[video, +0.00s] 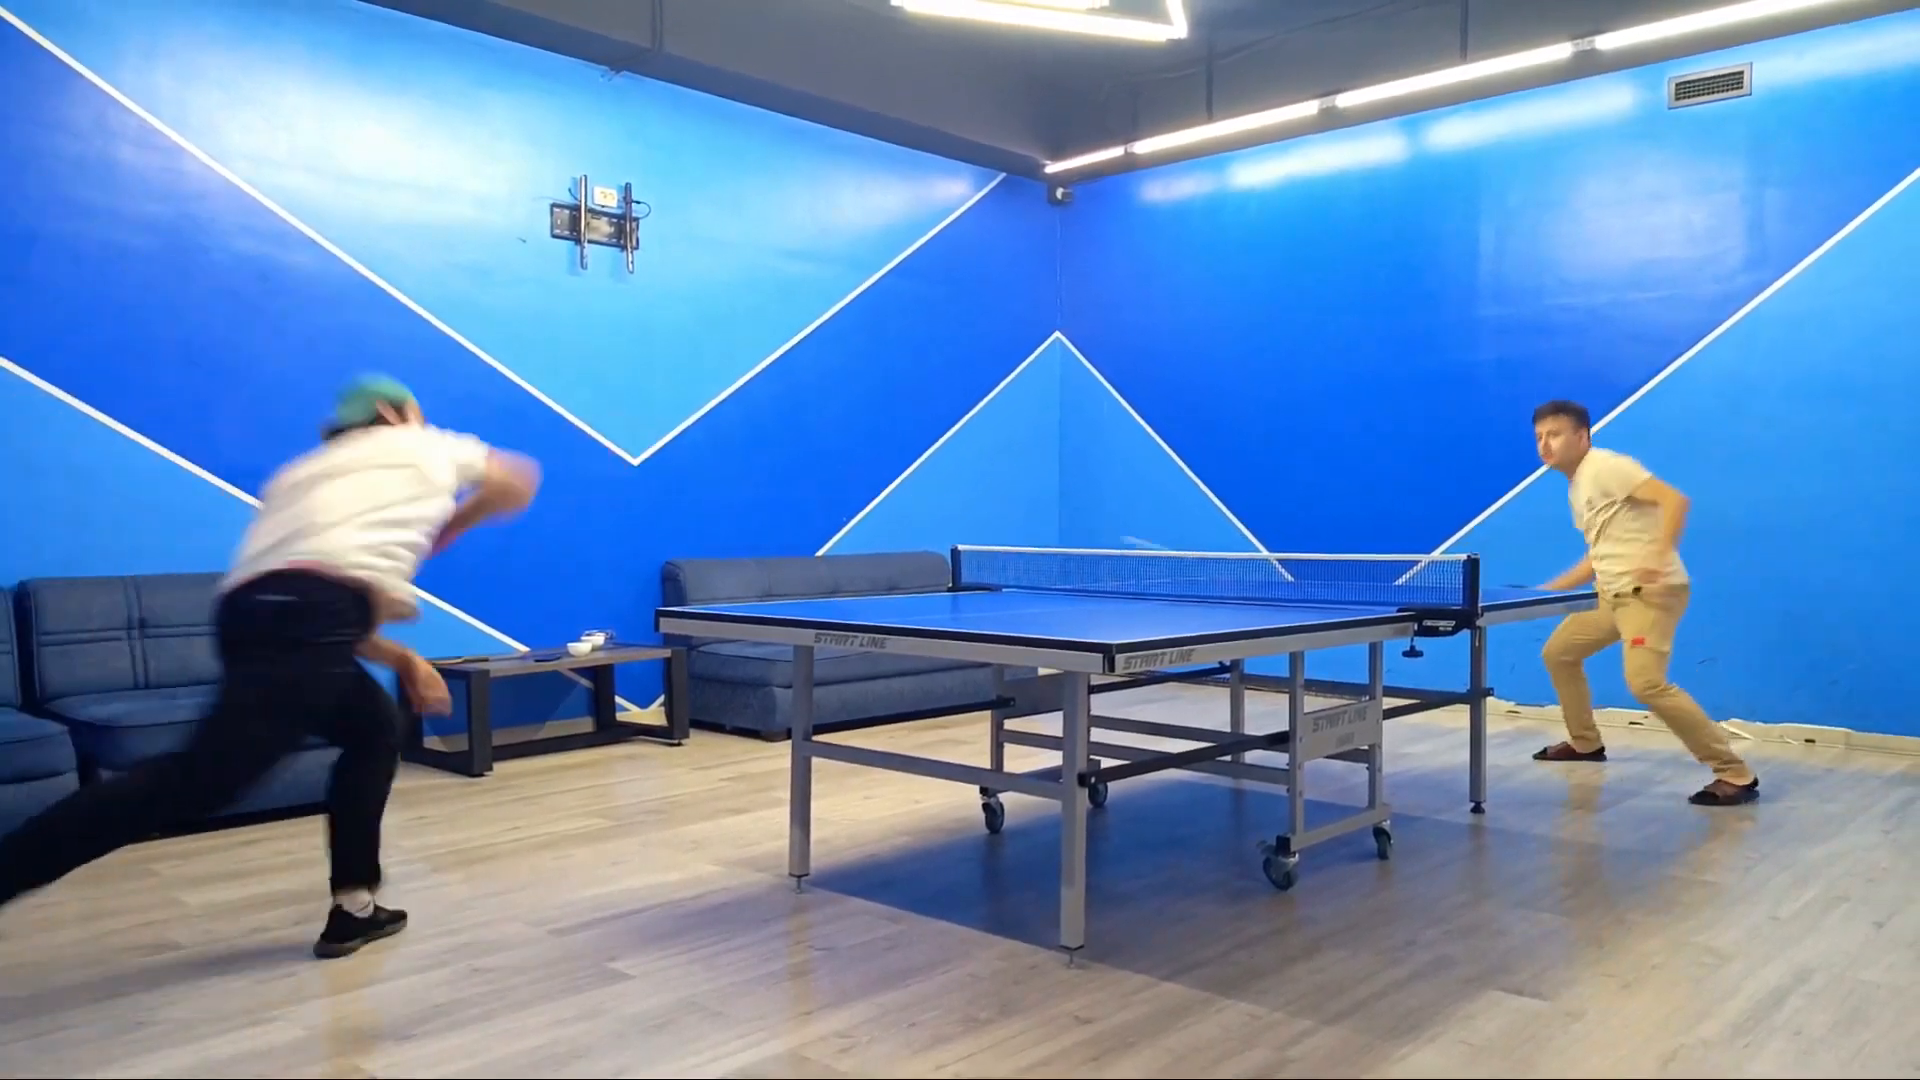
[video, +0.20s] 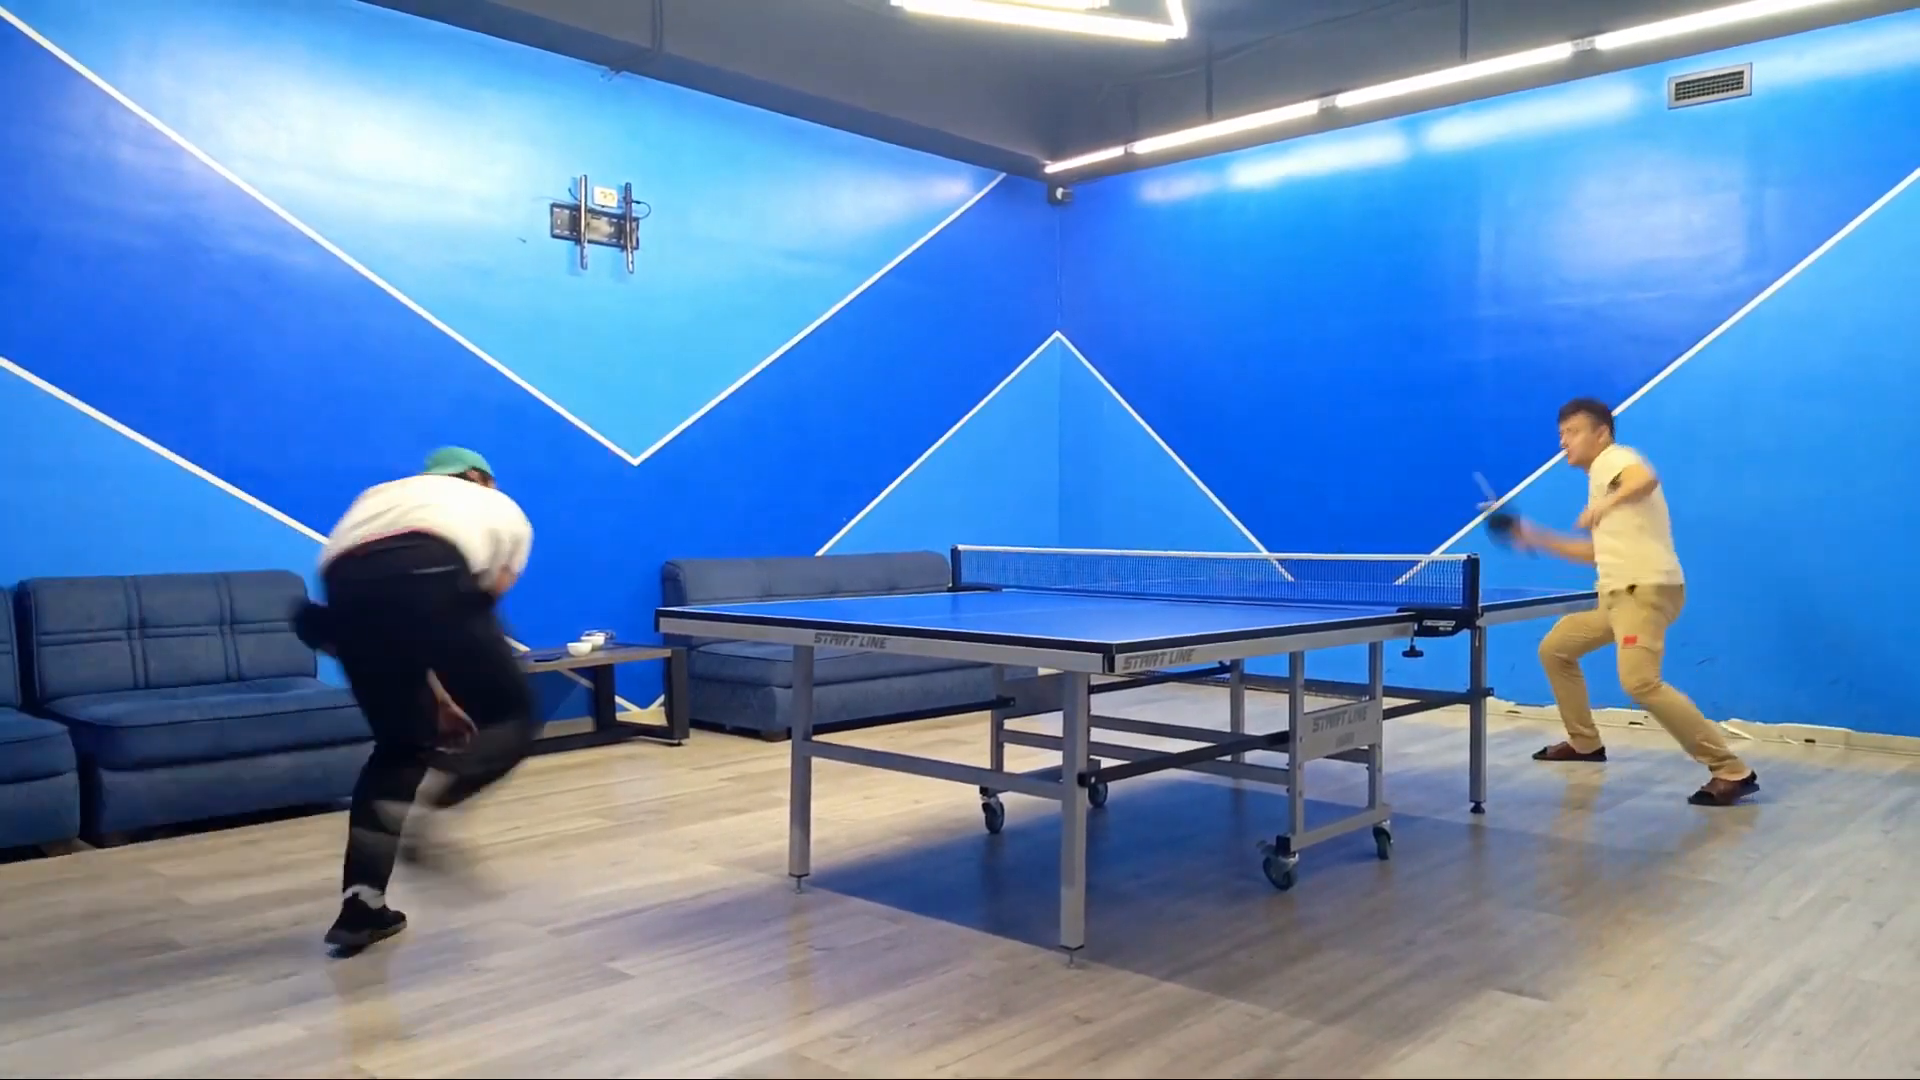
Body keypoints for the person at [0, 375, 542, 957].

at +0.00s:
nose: (424, 425)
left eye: (416, 417)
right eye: (418, 416)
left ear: (348, 424)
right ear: (398, 413)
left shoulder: (301, 472)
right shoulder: (424, 444)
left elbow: (313, 589)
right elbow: (520, 479)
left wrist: (404, 657)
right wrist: (447, 530)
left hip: (244, 621)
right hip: (311, 616)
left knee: (372, 728)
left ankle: (353, 905)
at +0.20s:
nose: (491, 488)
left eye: (486, 481)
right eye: (488, 482)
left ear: (431, 476)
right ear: (478, 478)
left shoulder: (381, 498)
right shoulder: (500, 507)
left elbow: (383, 619)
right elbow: (479, 602)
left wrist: (437, 702)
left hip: (348, 582)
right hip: (428, 566)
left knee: (401, 741)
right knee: (511, 718)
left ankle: (362, 898)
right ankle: (430, 806)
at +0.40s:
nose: (565, 468)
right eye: (564, 463)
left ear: (509, 461)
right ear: (559, 463)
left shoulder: (457, 483)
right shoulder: (587, 488)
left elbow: (426, 562)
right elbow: (591, 560)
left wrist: (426, 654)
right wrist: (569, 631)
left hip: (478, 578)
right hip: (560, 572)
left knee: (439, 720)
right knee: (574, 692)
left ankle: (388, 856)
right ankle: (594, 807)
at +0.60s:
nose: (613, 410)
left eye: (608, 405)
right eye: (609, 405)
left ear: (554, 415)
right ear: (599, 405)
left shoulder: (532, 443)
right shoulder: (643, 434)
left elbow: (472, 492)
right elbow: (671, 516)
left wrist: (439, 553)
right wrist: (650, 551)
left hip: (563, 546)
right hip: (633, 543)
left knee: (539, 673)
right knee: (619, 674)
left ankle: (528, 773)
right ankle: (604, 808)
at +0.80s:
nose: (642, 345)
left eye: (635, 338)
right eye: (632, 339)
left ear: (596, 360)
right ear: (608, 352)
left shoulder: (568, 410)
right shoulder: (667, 374)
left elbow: (529, 453)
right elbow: (721, 438)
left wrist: (528, 512)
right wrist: (695, 485)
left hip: (605, 529)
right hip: (669, 518)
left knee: (623, 643)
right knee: (644, 649)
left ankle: (606, 761)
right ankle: (616, 780)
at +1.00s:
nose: (685, 356)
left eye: (682, 348)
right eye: (673, 351)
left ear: (642, 372)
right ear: (647, 367)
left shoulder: (612, 426)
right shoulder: (695, 405)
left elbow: (586, 486)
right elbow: (739, 470)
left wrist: (614, 555)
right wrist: (695, 451)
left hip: (644, 560)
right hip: (699, 558)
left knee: (675, 659)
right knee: (700, 662)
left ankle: (674, 761)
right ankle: (631, 753)